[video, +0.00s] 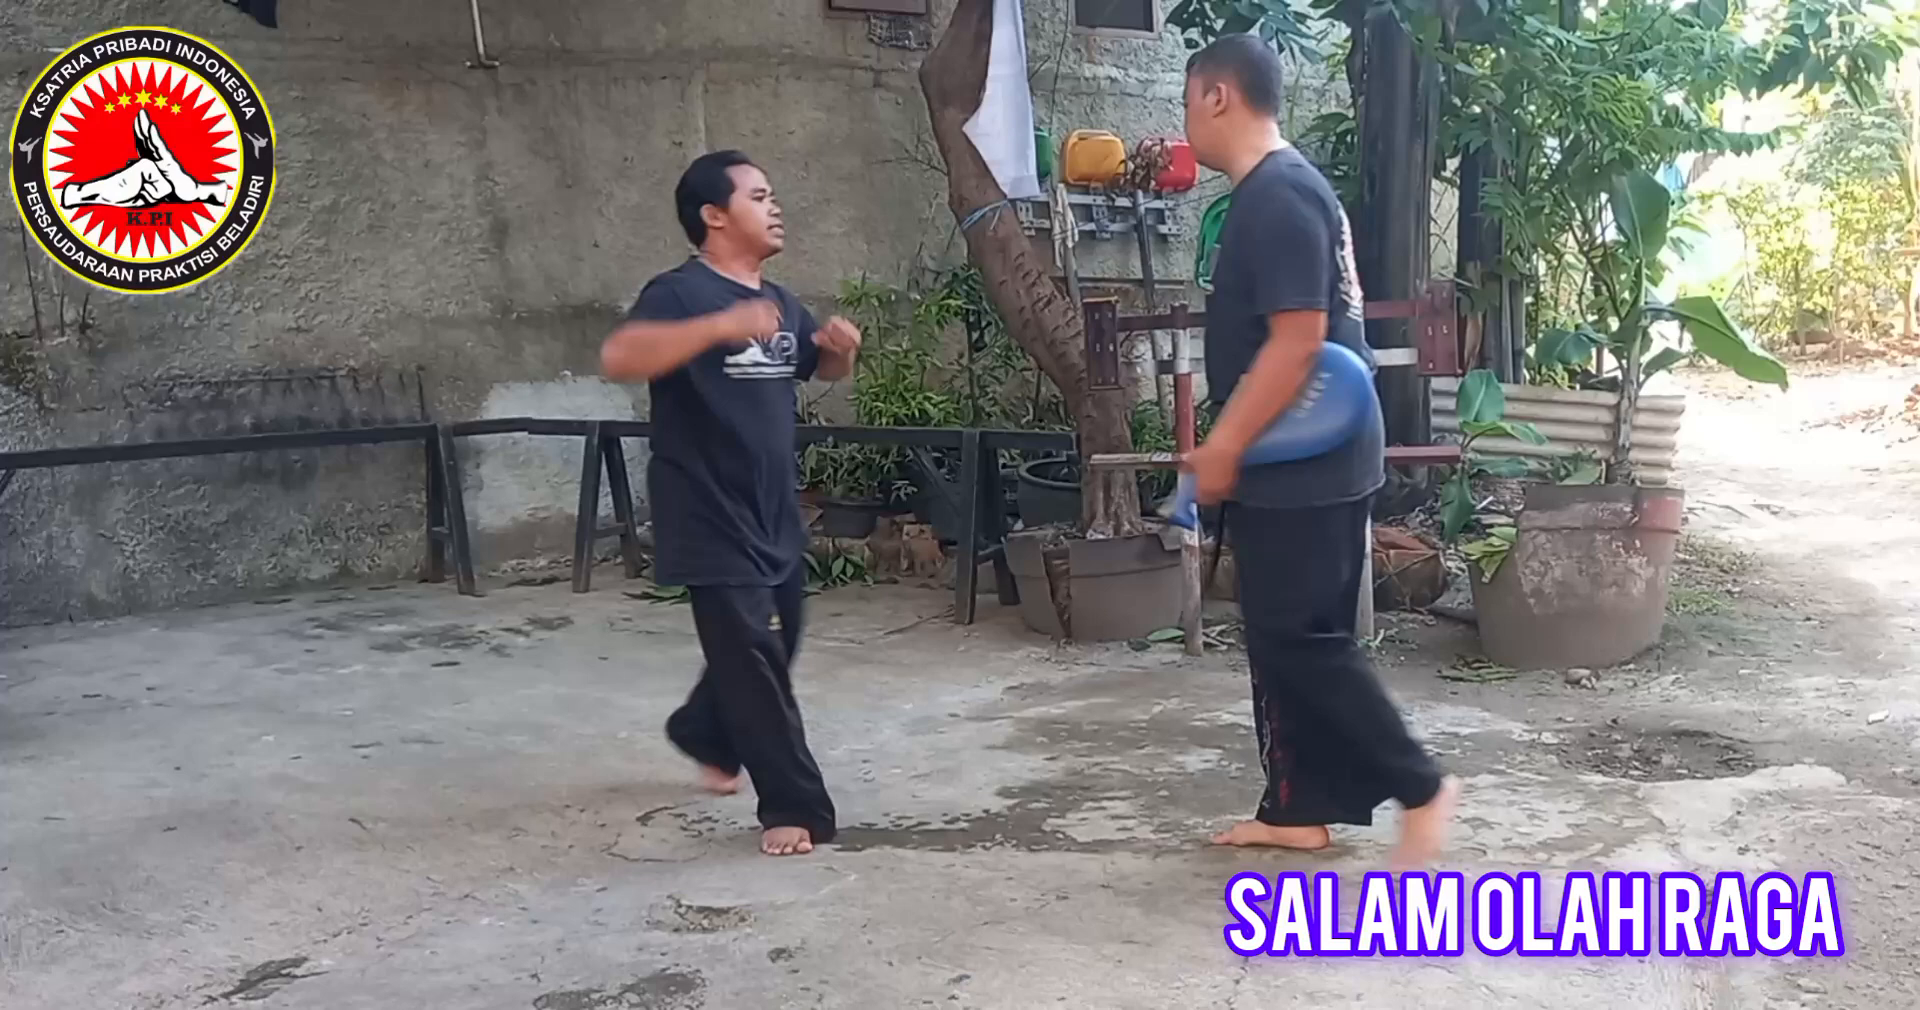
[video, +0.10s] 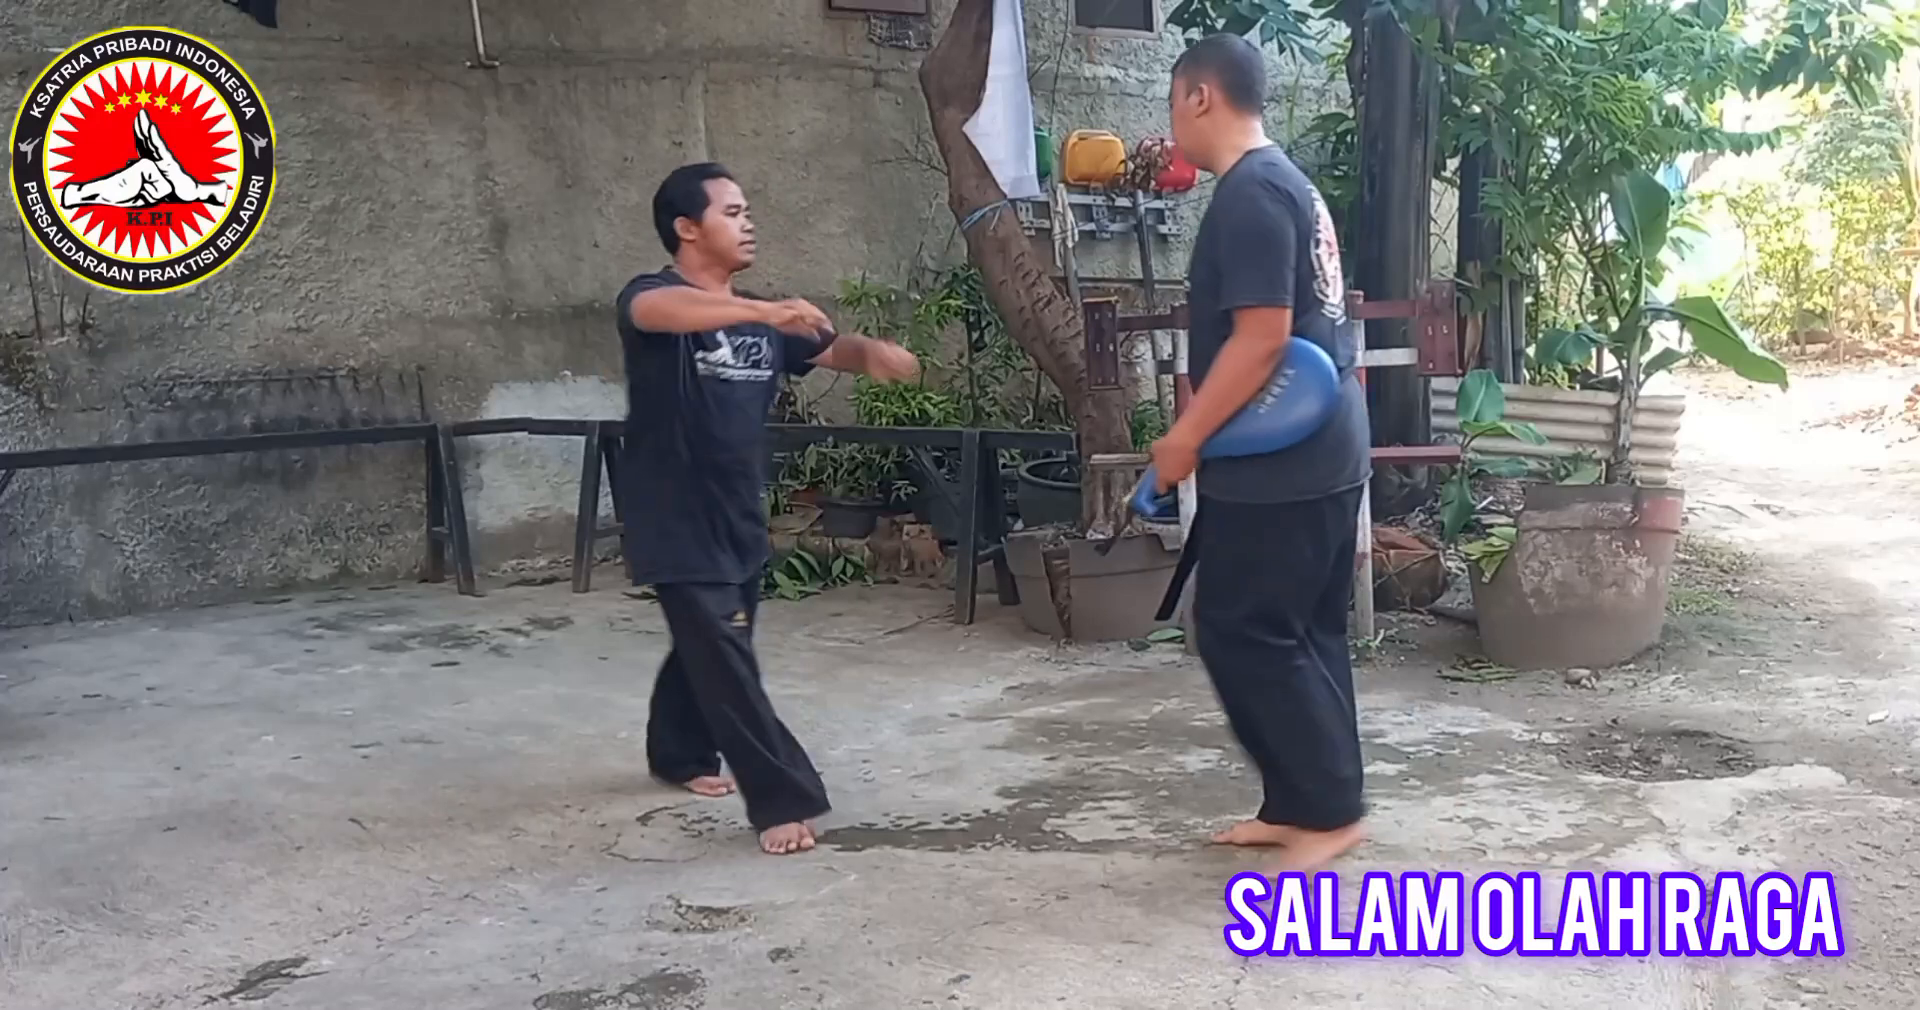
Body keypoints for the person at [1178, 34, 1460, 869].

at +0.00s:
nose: (1184, 124)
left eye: (1187, 105)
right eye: (1184, 106)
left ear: (1218, 97)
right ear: (1251, 97)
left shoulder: (1276, 194)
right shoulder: (1288, 185)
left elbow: (1297, 338)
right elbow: (1317, 328)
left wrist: (1222, 445)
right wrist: (1235, 437)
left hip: (1302, 468)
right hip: (1289, 466)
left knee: (1295, 639)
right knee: (1287, 638)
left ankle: (1422, 788)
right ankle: (1298, 814)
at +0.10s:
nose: (1170, 124)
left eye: (1173, 105)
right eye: (1171, 106)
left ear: (1202, 97)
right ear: (1242, 99)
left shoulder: (1250, 194)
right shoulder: (1281, 183)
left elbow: (1261, 339)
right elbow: (1280, 333)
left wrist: (1185, 437)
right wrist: (1196, 416)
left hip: (1275, 467)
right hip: (1311, 462)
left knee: (1241, 628)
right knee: (1305, 631)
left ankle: (1329, 814)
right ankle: (1305, 806)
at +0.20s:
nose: (1147, 128)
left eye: (1150, 109)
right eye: (1147, 111)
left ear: (1178, 102)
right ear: (1221, 103)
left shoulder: (1219, 197)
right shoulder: (1268, 184)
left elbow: (1225, 341)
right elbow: (1276, 328)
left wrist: (1156, 443)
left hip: (1244, 470)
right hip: (1306, 465)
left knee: (1199, 646)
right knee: (1299, 642)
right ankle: (1302, 816)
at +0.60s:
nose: (1013, 155)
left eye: (1015, 138)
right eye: (1013, 139)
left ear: (1044, 135)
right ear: (1086, 130)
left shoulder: (1088, 227)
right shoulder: (1144, 203)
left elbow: (1091, 372)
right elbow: (1162, 341)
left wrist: (1017, 468)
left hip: (1127, 465)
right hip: (1187, 456)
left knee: (1100, 636)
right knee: (1163, 615)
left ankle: (1105, 812)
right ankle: (1207, 749)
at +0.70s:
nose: (983, 161)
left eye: (985, 145)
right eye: (982, 145)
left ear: (1016, 141)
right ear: (1050, 137)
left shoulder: (1069, 225)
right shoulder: (1115, 203)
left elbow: (1061, 371)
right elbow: (1124, 345)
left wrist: (980, 461)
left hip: (1124, 463)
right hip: (1164, 451)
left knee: (1089, 632)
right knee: (1120, 617)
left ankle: (1100, 816)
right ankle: (1140, 758)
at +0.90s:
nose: (924, 217)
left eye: (923, 198)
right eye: (919, 200)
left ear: (958, 182)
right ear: (963, 182)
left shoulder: (1051, 238)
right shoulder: (1003, 260)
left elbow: (1078, 370)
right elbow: (1042, 375)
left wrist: (997, 456)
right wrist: (996, 452)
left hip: (1143, 450)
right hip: (1088, 454)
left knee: (1119, 626)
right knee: (1064, 619)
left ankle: (1115, 812)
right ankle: (1056, 778)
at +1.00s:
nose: (920, 225)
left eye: (920, 205)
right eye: (915, 208)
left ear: (954, 188)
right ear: (958, 189)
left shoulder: (1051, 239)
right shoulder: (990, 276)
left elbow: (1093, 368)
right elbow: (1031, 389)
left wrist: (1022, 463)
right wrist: (1021, 472)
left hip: (1144, 462)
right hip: (1078, 467)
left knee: (1139, 628)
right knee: (1059, 623)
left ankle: (1164, 804)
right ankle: (1058, 779)